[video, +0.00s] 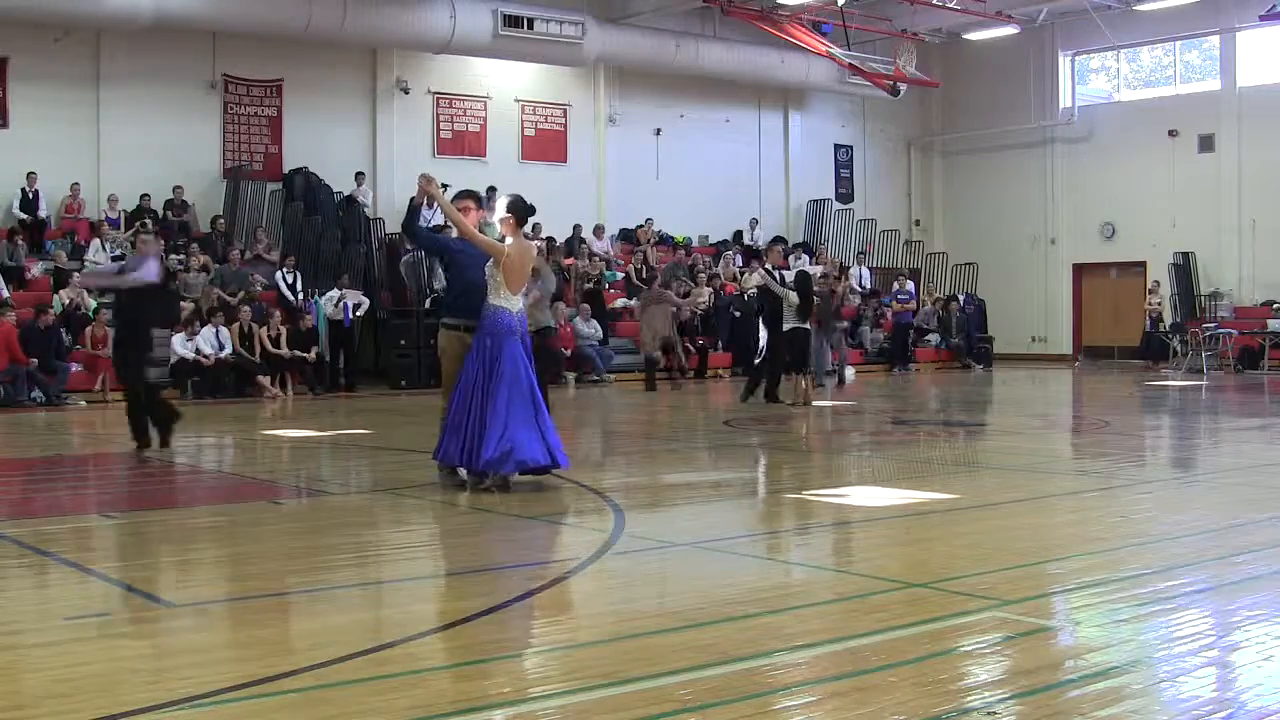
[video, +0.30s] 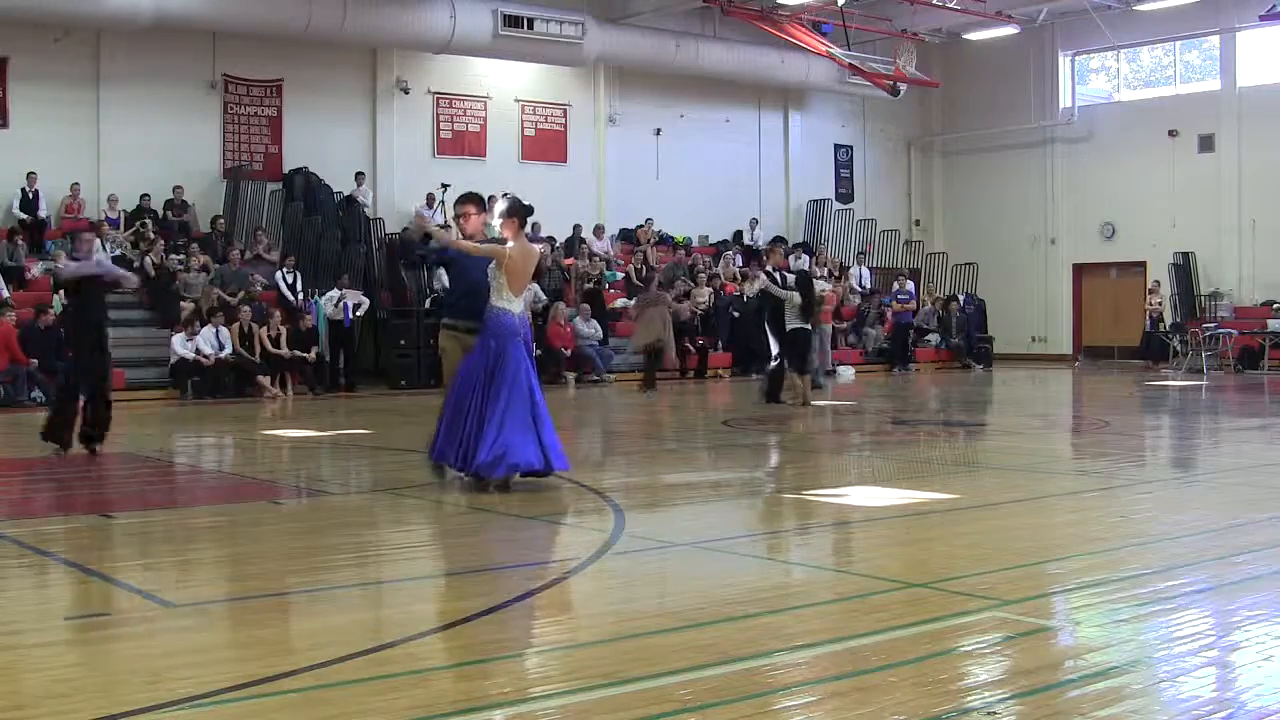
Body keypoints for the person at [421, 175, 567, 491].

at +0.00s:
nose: (497, 218)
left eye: (500, 214)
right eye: (500, 214)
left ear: (509, 220)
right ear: (522, 220)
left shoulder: (503, 250)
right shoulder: (531, 249)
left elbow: (465, 228)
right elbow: (535, 273)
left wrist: (438, 195)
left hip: (496, 323)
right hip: (517, 322)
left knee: (492, 392)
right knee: (510, 392)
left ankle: (493, 462)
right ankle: (505, 462)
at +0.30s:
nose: (499, 226)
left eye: (501, 221)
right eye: (500, 221)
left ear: (513, 222)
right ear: (520, 223)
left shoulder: (505, 251)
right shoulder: (535, 252)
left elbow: (467, 246)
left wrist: (438, 233)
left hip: (499, 325)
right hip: (520, 325)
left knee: (489, 391)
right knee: (512, 394)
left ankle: (485, 461)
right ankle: (506, 461)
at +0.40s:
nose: (496, 227)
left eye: (500, 222)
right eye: (498, 221)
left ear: (512, 224)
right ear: (521, 224)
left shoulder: (503, 253)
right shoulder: (533, 252)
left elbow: (456, 259)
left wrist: (427, 245)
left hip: (500, 328)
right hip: (520, 328)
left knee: (463, 382)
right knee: (510, 394)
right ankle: (505, 460)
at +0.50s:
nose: (494, 231)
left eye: (497, 225)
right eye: (495, 225)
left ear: (509, 227)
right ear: (514, 227)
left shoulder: (503, 257)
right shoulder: (528, 254)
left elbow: (457, 274)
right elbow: (520, 285)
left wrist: (430, 251)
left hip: (500, 330)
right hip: (518, 328)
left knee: (460, 381)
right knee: (512, 394)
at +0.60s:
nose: (487, 226)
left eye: (492, 222)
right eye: (488, 222)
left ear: (506, 226)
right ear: (506, 227)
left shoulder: (505, 258)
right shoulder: (511, 255)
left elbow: (461, 261)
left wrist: (432, 233)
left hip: (500, 335)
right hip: (505, 332)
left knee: (458, 392)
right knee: (506, 399)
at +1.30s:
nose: (465, 223)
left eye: (472, 219)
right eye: (465, 218)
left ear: (487, 225)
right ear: (467, 222)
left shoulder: (480, 253)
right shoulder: (469, 249)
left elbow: (439, 244)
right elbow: (437, 241)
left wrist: (403, 221)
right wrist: (406, 225)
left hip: (476, 331)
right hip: (474, 328)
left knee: (465, 398)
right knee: (491, 397)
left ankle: (464, 469)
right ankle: (509, 465)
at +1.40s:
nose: (453, 227)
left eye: (459, 223)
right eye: (453, 222)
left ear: (475, 226)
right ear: (457, 225)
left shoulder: (469, 256)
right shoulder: (461, 255)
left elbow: (427, 244)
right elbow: (424, 242)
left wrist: (389, 219)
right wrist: (394, 225)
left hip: (469, 332)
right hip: (462, 330)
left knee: (459, 397)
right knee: (462, 397)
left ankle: (464, 467)